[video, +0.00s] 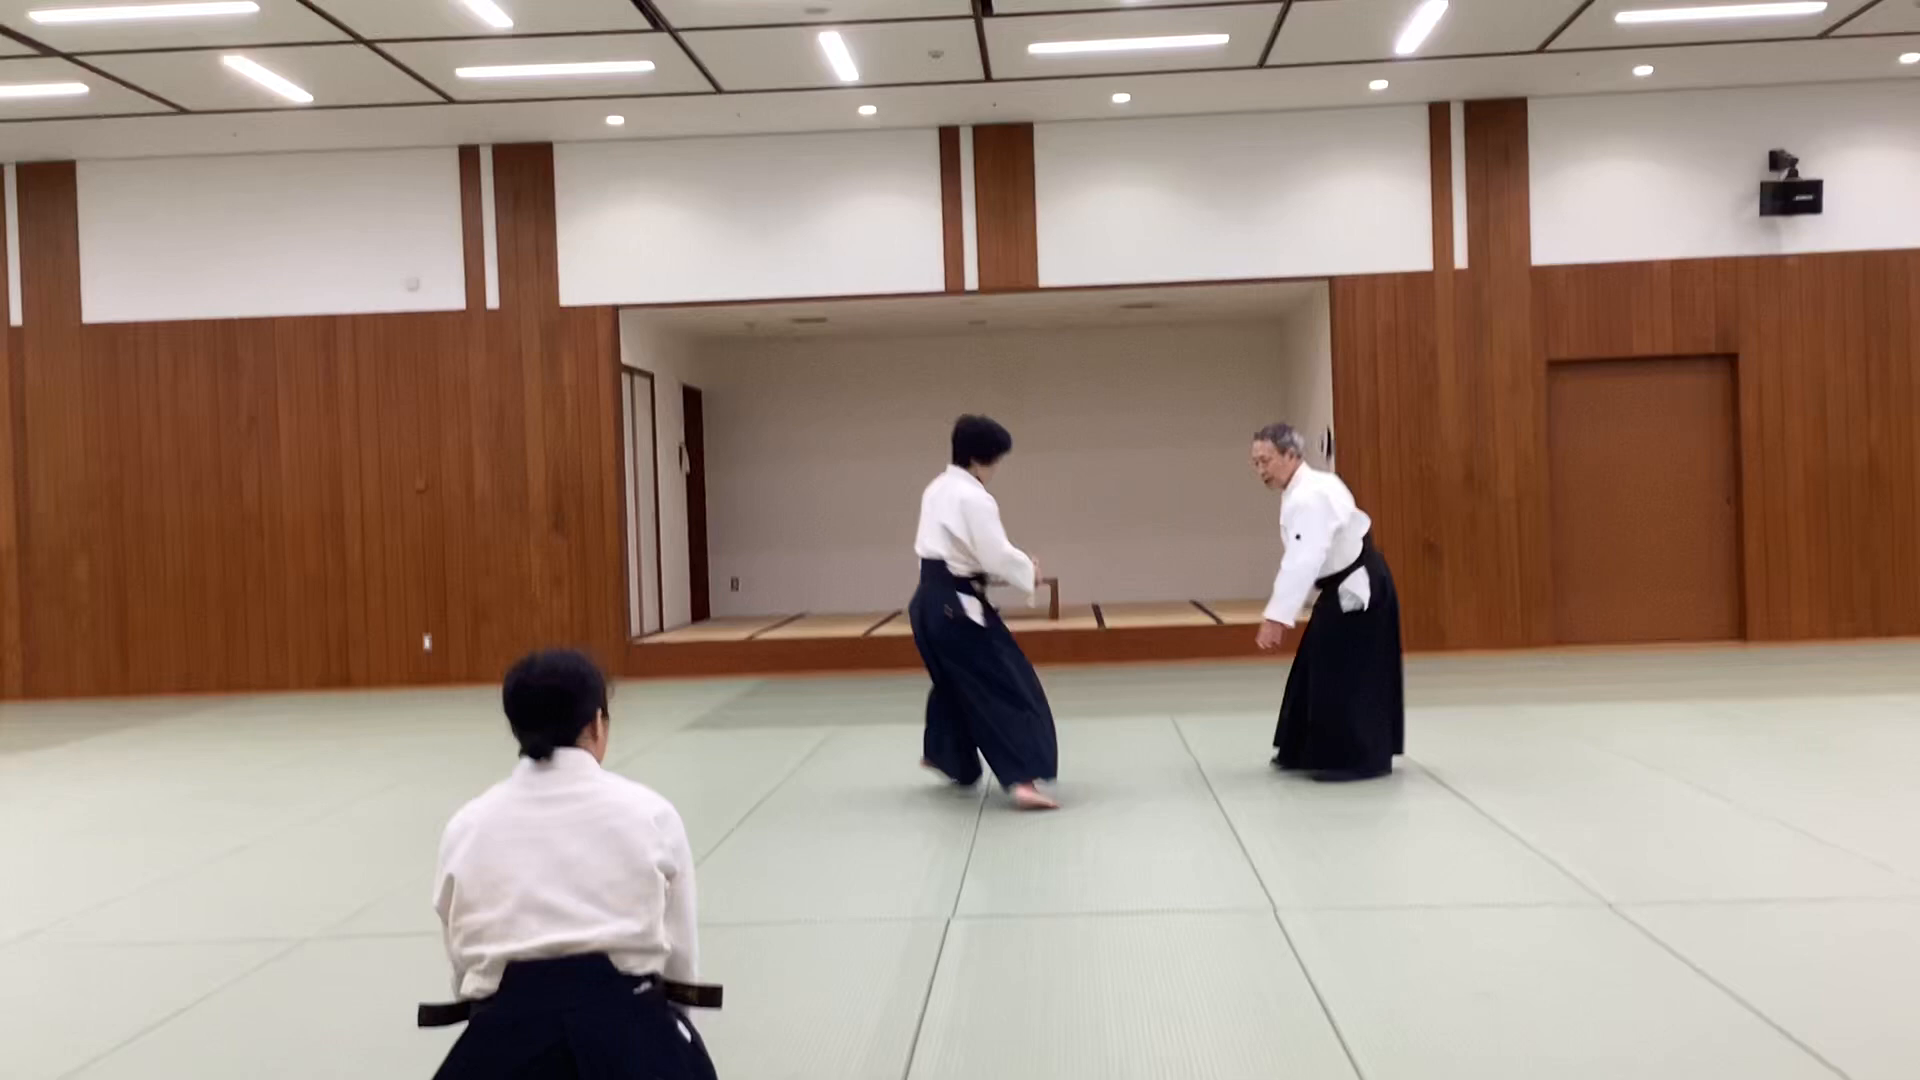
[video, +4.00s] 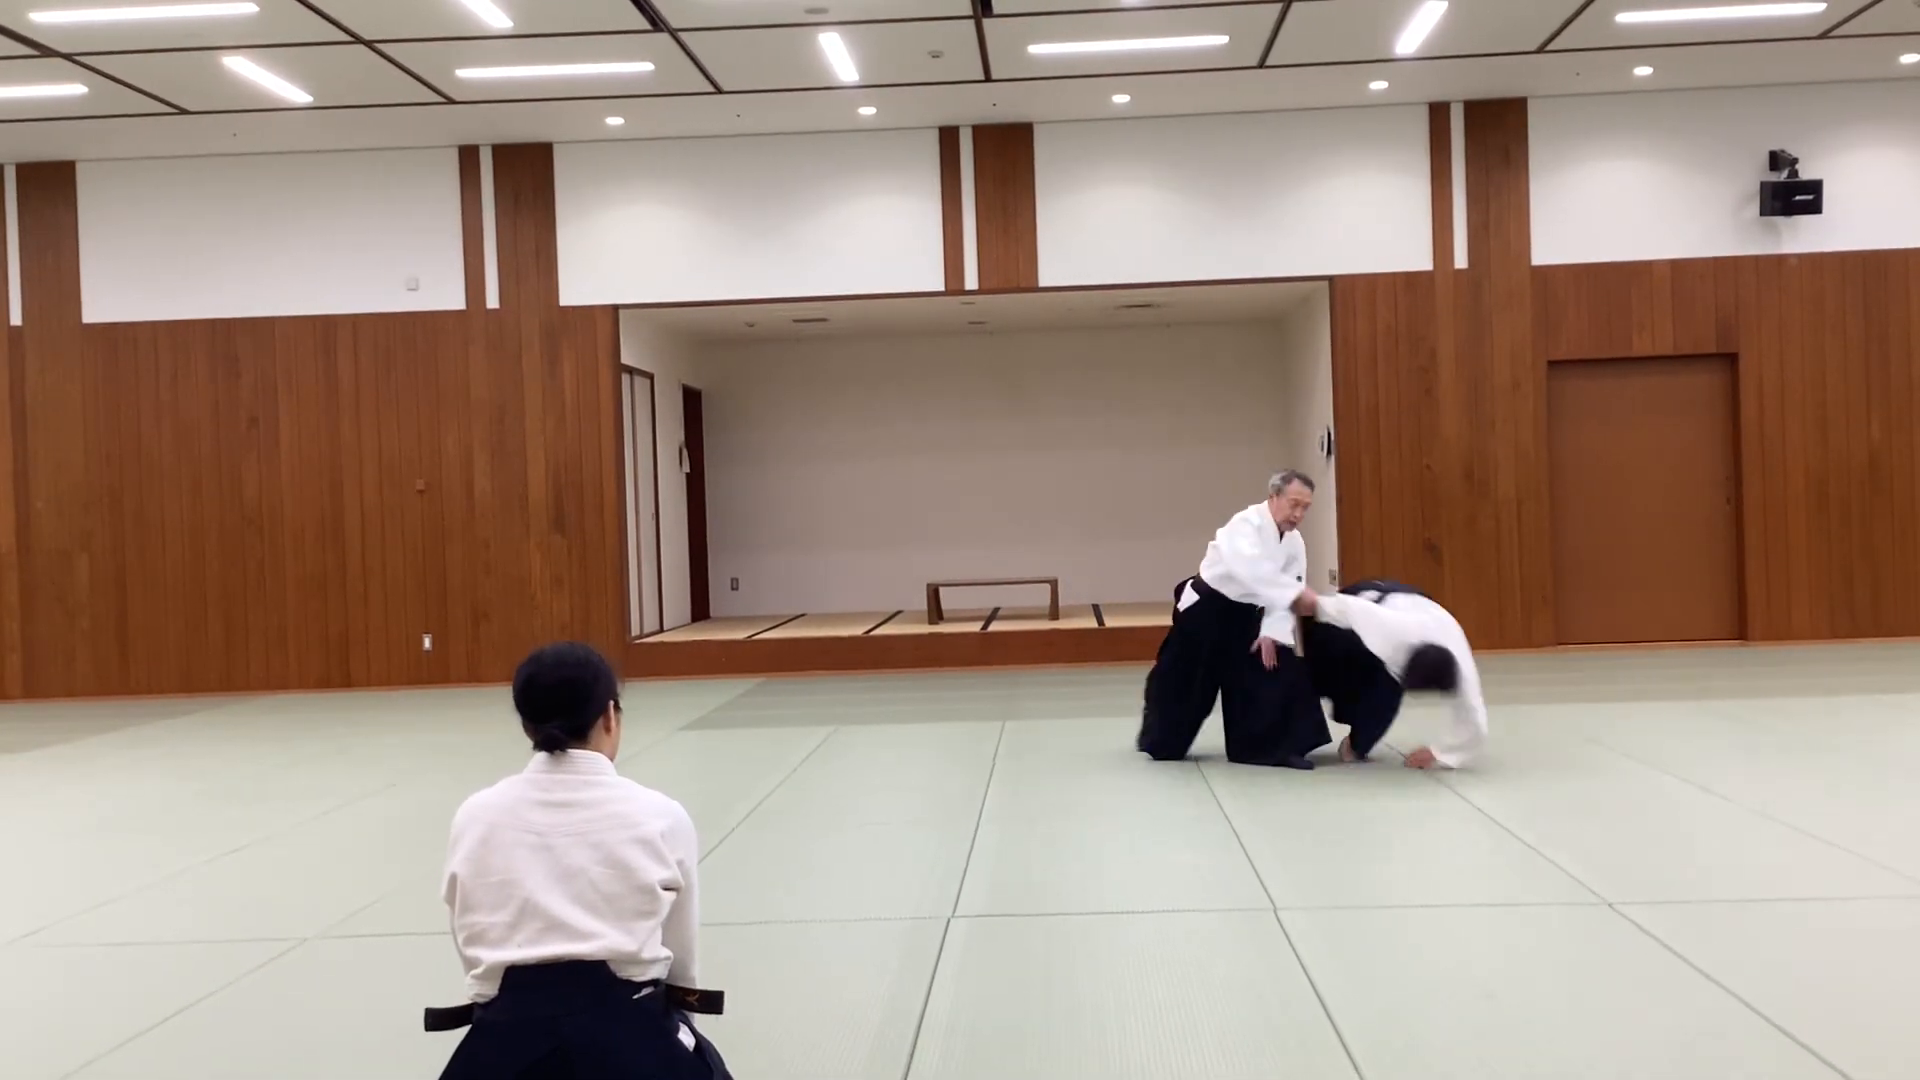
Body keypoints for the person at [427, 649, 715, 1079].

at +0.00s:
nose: (607, 728)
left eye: (607, 717)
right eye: (606, 719)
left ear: (517, 729)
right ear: (596, 726)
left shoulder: (467, 825)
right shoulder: (649, 813)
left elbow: (463, 970)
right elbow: (680, 959)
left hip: (506, 1033)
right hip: (629, 1031)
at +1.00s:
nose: (553, 732)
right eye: (551, 721)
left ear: (464, 739)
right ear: (541, 729)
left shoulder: (420, 837)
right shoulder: (591, 810)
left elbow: (425, 961)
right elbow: (655, 943)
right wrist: (699, 1046)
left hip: (461, 1036)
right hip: (584, 1024)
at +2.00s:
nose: (616, 719)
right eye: (615, 708)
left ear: (524, 727)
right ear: (607, 716)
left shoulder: (476, 812)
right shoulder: (661, 810)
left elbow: (472, 950)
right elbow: (680, 959)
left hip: (507, 1038)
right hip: (631, 1035)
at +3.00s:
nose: (618, 719)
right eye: (618, 708)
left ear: (528, 732)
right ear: (612, 717)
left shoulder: (479, 815)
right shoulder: (664, 816)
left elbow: (473, 950)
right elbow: (682, 964)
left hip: (509, 1039)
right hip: (631, 1038)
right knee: (702, 1054)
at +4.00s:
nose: (620, 721)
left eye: (618, 709)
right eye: (619, 710)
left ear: (527, 725)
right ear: (609, 717)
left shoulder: (475, 816)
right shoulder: (660, 817)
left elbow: (471, 951)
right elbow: (681, 965)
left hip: (507, 1042)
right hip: (630, 1040)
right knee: (701, 1052)